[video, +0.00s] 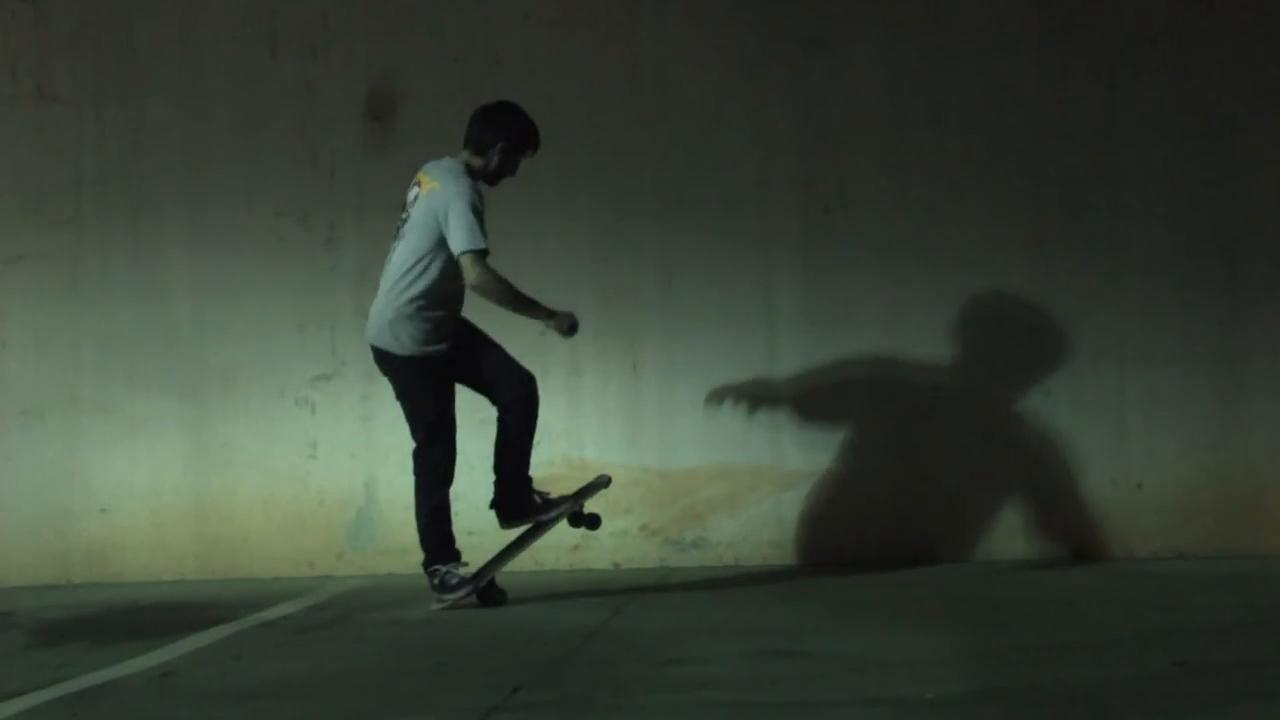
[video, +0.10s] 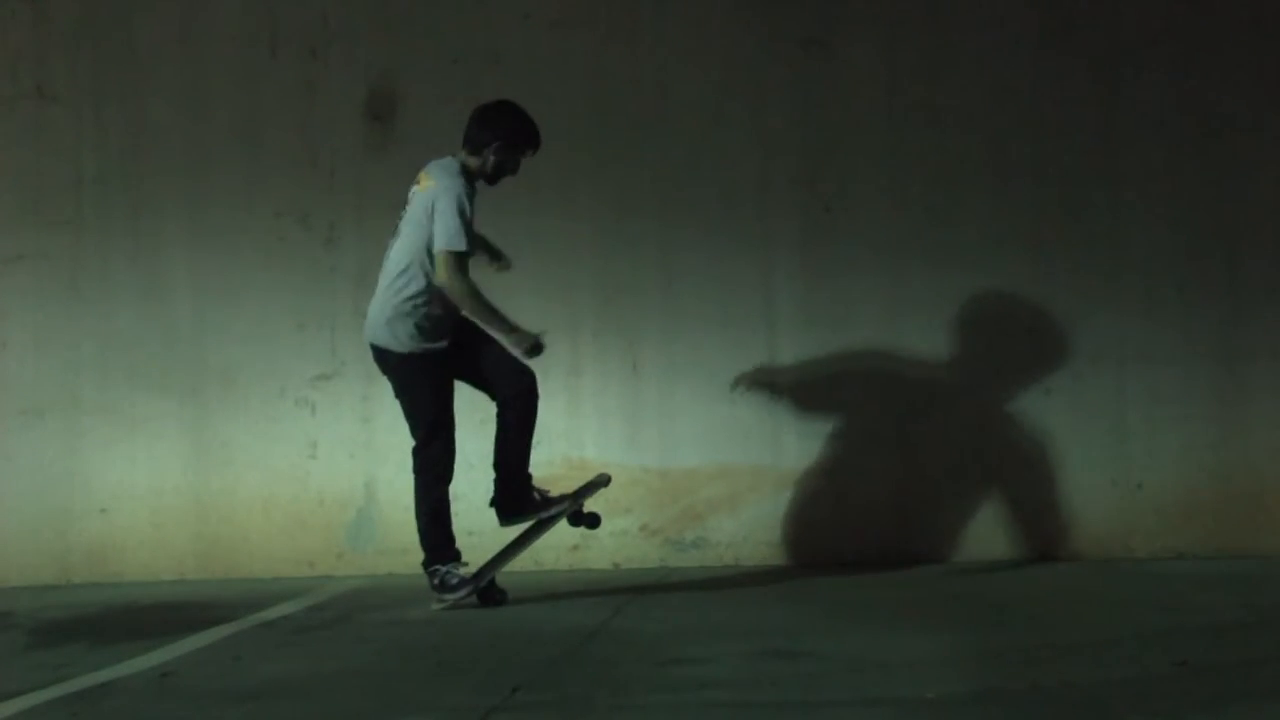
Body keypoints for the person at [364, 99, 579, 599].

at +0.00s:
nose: (515, 171)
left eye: (519, 161)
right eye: (515, 159)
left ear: (481, 145)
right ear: (495, 150)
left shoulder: (441, 172)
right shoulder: (458, 189)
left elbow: (408, 216)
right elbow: (477, 274)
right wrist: (547, 315)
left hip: (439, 327)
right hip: (407, 337)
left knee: (518, 391)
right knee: (435, 451)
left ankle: (513, 500)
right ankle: (441, 567)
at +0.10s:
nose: (515, 169)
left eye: (520, 159)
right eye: (515, 157)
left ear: (482, 146)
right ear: (492, 149)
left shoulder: (449, 174)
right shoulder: (448, 187)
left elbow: (445, 221)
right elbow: (448, 277)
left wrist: (482, 245)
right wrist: (512, 333)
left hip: (442, 330)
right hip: (405, 337)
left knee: (517, 387)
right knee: (435, 450)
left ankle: (513, 496)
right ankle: (441, 566)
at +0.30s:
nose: (497, 163)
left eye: (501, 152)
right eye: (493, 151)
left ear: (470, 147)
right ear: (464, 143)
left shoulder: (464, 188)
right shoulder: (415, 191)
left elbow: (510, 207)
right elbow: (370, 261)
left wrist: (579, 220)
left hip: (445, 327)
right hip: (404, 338)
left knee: (521, 384)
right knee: (439, 451)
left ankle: (512, 485)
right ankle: (441, 566)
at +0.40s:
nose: (479, 158)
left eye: (481, 149)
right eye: (473, 148)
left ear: (461, 144)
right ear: (443, 141)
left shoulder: (466, 179)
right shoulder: (394, 187)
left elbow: (530, 186)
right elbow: (333, 244)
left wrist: (603, 195)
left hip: (445, 320)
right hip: (401, 332)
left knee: (525, 383)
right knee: (435, 448)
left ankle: (566, 482)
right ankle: (441, 568)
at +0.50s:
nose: (467, 156)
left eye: (471, 146)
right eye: (462, 145)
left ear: (460, 140)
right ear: (432, 134)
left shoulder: (458, 172)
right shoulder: (379, 178)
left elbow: (533, 156)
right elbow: (300, 214)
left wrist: (611, 156)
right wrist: (233, 268)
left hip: (446, 306)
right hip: (400, 324)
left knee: (534, 359)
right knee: (427, 440)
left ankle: (569, 463)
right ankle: (441, 564)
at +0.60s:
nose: (459, 163)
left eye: (464, 155)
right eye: (453, 154)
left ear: (458, 151)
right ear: (423, 142)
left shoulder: (461, 174)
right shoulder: (371, 180)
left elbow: (525, 181)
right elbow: (295, 219)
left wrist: (585, 208)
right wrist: (232, 279)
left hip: (445, 298)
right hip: (397, 324)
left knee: (529, 343)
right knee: (426, 440)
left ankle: (568, 446)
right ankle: (446, 558)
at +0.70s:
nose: (453, 181)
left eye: (456, 171)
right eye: (445, 171)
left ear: (455, 167)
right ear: (413, 161)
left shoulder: (455, 202)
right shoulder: (366, 208)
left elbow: (496, 259)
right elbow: (316, 278)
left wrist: (540, 323)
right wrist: (278, 356)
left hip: (446, 312)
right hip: (397, 338)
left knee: (508, 355)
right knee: (427, 448)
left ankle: (562, 443)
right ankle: (457, 558)